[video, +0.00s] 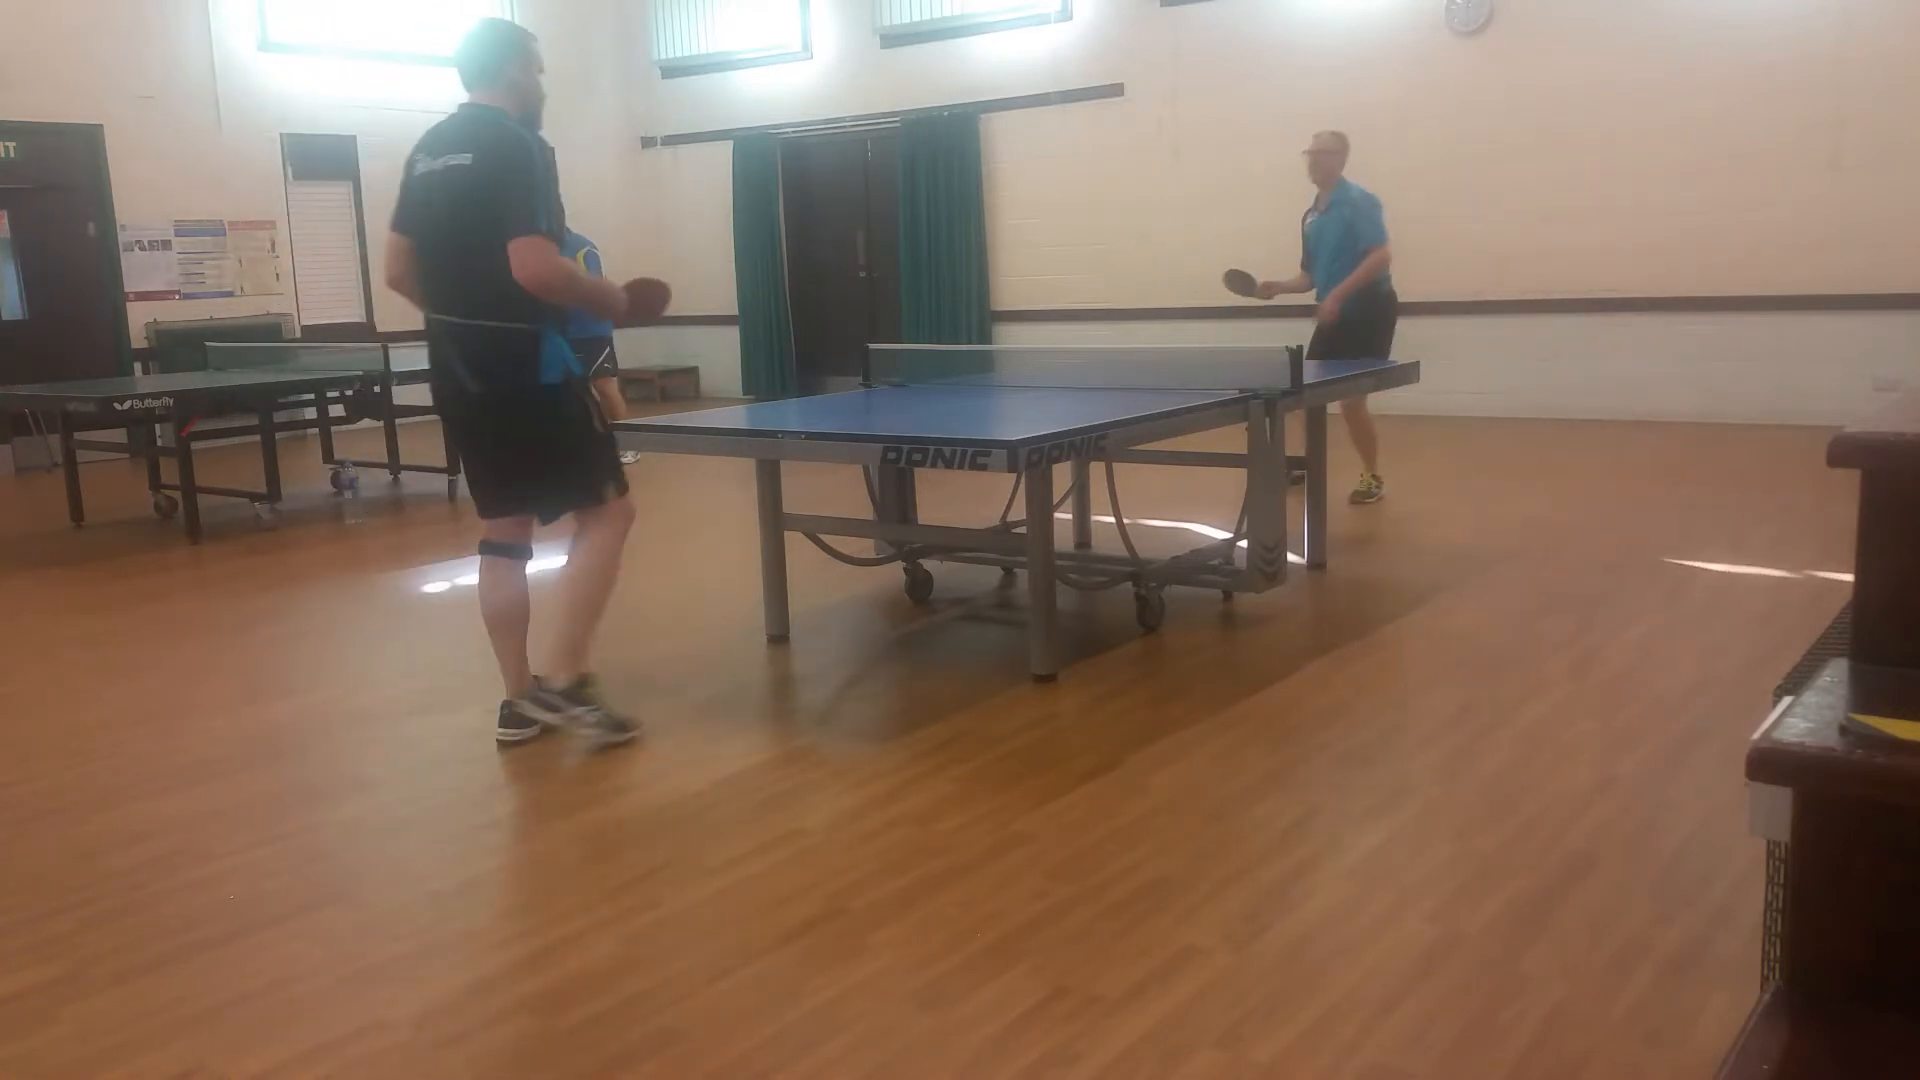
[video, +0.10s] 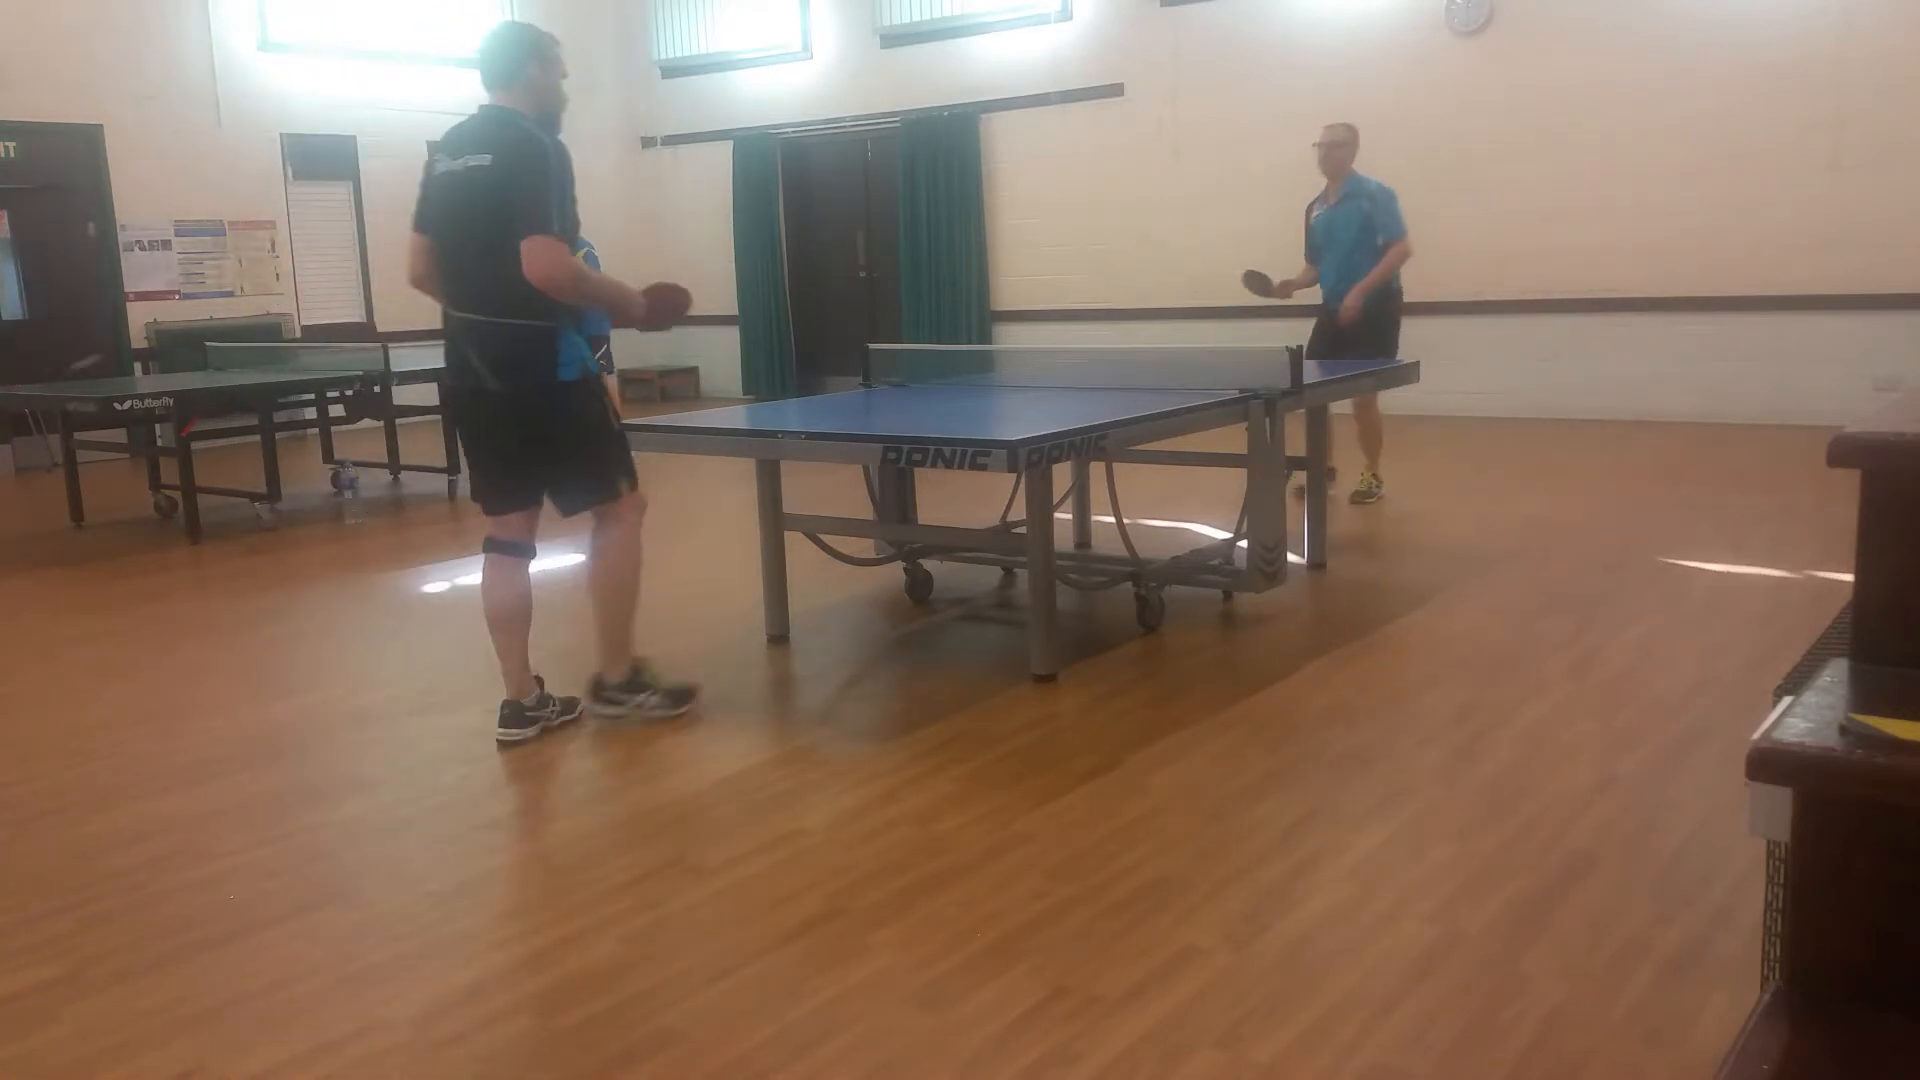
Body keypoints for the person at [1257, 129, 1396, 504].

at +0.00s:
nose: (1312, 162)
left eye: (1321, 155)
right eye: (1310, 155)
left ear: (1340, 159)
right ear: (1307, 160)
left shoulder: (1361, 202)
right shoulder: (1312, 216)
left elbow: (1380, 257)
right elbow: (1308, 278)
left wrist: (1336, 295)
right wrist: (1276, 287)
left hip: (1368, 306)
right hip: (1333, 309)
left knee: (1351, 396)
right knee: (1310, 388)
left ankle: (1371, 476)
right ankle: (1307, 465)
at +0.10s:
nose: (1326, 154)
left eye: (1335, 146)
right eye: (1321, 147)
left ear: (1353, 151)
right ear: (1315, 152)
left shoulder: (1376, 195)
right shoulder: (1315, 209)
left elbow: (1400, 249)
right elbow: (1315, 267)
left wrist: (1359, 291)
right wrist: (1291, 284)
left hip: (1374, 307)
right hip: (1333, 309)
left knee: (1363, 395)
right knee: (1314, 390)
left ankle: (1373, 474)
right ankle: (1321, 468)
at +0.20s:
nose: (1335, 148)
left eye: (1344, 141)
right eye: (1331, 142)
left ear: (1361, 146)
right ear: (1325, 147)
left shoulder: (1388, 191)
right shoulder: (1319, 203)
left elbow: (1414, 245)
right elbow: (1315, 260)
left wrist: (1378, 286)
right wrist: (1299, 282)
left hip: (1380, 309)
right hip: (1336, 309)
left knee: (1370, 394)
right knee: (1329, 394)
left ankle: (1371, 475)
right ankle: (1333, 475)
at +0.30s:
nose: (1343, 149)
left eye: (1352, 141)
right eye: (1338, 141)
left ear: (1370, 146)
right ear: (1331, 146)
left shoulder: (1399, 192)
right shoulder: (1323, 204)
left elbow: (1423, 247)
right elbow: (1315, 258)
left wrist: (1391, 288)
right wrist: (1305, 281)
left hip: (1387, 310)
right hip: (1342, 312)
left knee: (1376, 396)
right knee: (1346, 398)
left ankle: (1370, 475)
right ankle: (1345, 480)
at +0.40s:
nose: (1349, 151)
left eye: (1357, 143)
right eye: (1343, 144)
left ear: (1375, 148)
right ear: (1335, 150)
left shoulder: (1406, 195)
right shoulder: (1327, 207)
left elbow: (1428, 251)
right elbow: (1314, 264)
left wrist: (1404, 296)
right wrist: (1312, 299)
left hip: (1394, 313)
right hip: (1350, 315)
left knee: (1383, 400)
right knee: (1361, 400)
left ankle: (1370, 477)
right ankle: (1365, 482)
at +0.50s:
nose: (1351, 153)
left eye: (1360, 145)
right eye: (1345, 146)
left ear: (1376, 149)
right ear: (1336, 153)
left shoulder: (1409, 193)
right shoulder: (1331, 211)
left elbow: (1434, 251)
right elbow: (1314, 267)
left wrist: (1419, 306)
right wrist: (1327, 307)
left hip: (1405, 316)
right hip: (1358, 319)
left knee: (1394, 409)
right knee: (1371, 404)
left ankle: (1364, 482)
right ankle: (1372, 491)